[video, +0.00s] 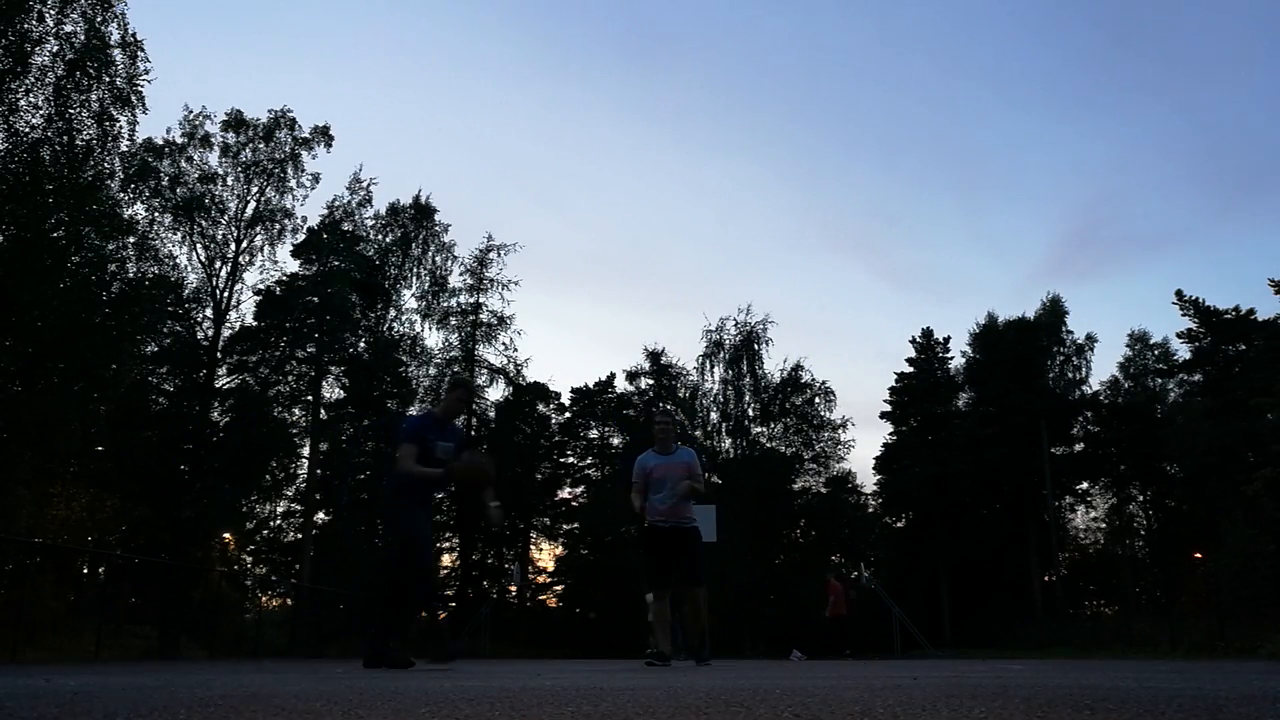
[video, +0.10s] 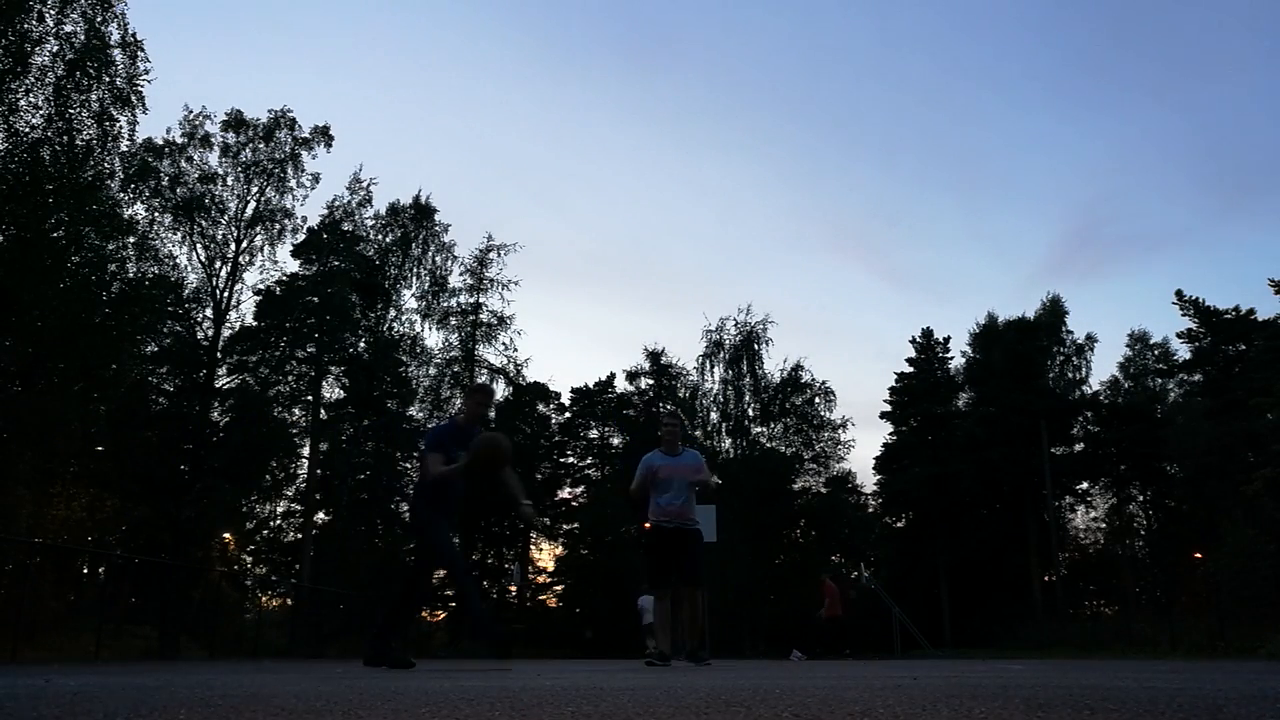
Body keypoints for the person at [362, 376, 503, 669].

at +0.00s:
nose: (459, 407)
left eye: (465, 404)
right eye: (457, 400)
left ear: (465, 406)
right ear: (445, 395)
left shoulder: (458, 435)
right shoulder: (416, 425)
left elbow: (466, 472)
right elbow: (405, 466)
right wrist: (445, 473)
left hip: (425, 509)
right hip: (402, 506)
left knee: (412, 575)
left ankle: (389, 648)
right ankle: (382, 649)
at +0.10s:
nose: (482, 410)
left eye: (486, 406)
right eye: (478, 404)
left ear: (489, 408)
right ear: (466, 401)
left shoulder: (482, 438)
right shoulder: (441, 433)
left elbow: (505, 472)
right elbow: (433, 471)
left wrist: (522, 502)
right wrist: (466, 463)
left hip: (454, 514)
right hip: (428, 513)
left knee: (418, 580)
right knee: (461, 574)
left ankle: (384, 648)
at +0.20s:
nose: (505, 421)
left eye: (510, 416)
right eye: (501, 414)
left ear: (516, 420)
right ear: (490, 412)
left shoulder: (511, 447)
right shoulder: (467, 442)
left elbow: (532, 481)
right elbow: (463, 481)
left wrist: (552, 514)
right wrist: (495, 466)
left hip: (483, 520)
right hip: (457, 518)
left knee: (447, 586)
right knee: (490, 578)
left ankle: (394, 639)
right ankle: (519, 651)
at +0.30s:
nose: (537, 430)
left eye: (540, 424)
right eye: (532, 423)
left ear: (542, 426)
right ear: (519, 422)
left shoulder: (535, 453)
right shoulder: (499, 450)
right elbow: (491, 495)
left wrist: (550, 497)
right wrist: (528, 499)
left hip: (505, 523)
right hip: (483, 524)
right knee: (519, 578)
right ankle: (525, 652)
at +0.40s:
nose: (567, 439)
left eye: (570, 434)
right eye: (561, 432)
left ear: (572, 434)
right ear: (548, 431)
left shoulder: (559, 460)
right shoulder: (526, 456)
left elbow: (558, 502)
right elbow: (517, 506)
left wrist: (564, 531)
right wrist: (551, 527)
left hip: (530, 528)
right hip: (508, 527)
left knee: (539, 583)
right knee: (540, 581)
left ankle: (531, 651)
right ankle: (527, 652)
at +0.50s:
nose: (590, 438)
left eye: (595, 432)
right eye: (585, 432)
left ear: (599, 433)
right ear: (573, 430)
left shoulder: (591, 457)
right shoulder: (552, 455)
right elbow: (541, 507)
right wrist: (580, 523)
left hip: (557, 525)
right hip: (531, 525)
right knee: (561, 582)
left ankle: (593, 645)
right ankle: (531, 651)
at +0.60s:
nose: (622, 430)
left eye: (626, 423)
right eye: (616, 423)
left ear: (632, 423)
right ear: (604, 422)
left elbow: (649, 498)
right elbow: (568, 498)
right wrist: (612, 500)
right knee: (579, 587)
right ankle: (538, 646)